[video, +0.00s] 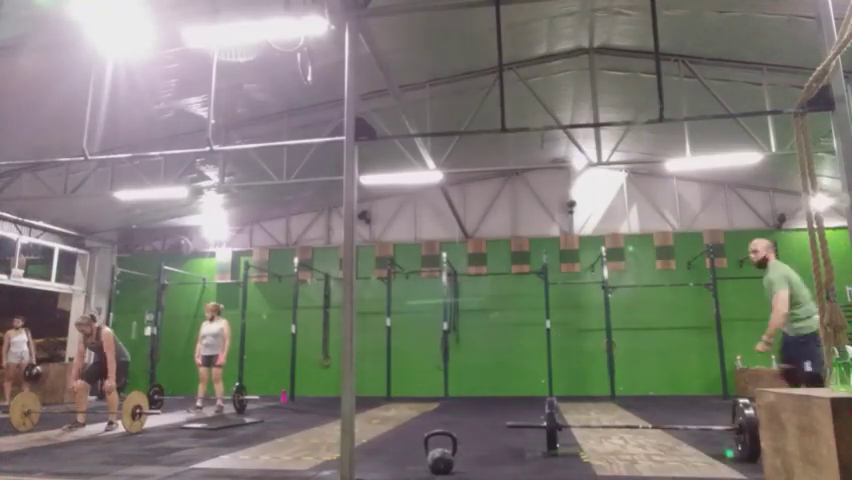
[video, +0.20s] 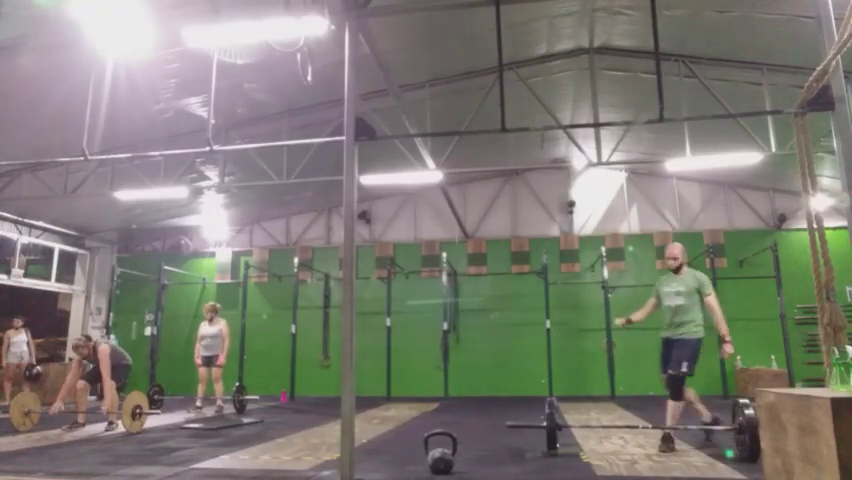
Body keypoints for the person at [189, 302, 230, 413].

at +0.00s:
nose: (207, 313)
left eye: (209, 311)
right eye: (206, 311)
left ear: (215, 312)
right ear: (206, 312)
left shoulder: (223, 323)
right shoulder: (204, 324)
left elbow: (227, 340)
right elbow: (200, 341)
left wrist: (223, 355)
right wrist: (197, 355)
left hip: (217, 353)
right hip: (204, 353)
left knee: (216, 378)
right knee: (202, 378)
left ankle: (219, 402)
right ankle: (199, 402)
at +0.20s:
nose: (206, 315)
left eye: (208, 313)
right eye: (205, 313)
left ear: (214, 313)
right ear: (204, 313)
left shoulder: (222, 323)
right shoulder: (203, 324)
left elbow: (226, 339)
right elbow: (198, 341)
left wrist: (223, 356)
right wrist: (196, 356)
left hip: (216, 354)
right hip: (203, 354)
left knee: (216, 378)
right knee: (202, 379)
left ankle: (219, 402)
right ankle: (199, 401)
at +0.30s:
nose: (202, 329)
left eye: (203, 326)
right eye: (200, 327)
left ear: (207, 324)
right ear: (198, 326)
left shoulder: (217, 330)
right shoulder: (197, 332)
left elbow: (223, 346)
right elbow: (193, 350)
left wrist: (223, 362)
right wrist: (191, 367)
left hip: (217, 356)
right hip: (204, 356)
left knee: (217, 377)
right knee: (200, 375)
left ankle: (220, 401)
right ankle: (199, 400)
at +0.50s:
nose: (196, 352)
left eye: (197, 349)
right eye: (194, 350)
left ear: (203, 348)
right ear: (192, 350)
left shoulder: (211, 352)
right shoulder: (192, 354)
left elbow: (216, 370)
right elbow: (187, 371)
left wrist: (216, 391)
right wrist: (180, 390)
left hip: (220, 364)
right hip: (204, 366)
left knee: (217, 378)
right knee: (193, 377)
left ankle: (219, 403)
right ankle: (197, 404)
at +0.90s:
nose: (192, 344)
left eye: (194, 342)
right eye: (191, 342)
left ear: (200, 342)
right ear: (190, 342)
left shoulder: (210, 349)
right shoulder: (191, 351)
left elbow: (218, 366)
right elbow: (187, 366)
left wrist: (218, 383)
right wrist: (184, 383)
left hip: (217, 362)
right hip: (201, 364)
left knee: (217, 383)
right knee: (194, 379)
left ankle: (219, 404)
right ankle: (197, 404)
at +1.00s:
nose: (195, 328)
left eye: (198, 325)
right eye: (194, 325)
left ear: (204, 326)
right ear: (193, 326)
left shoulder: (212, 336)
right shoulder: (194, 337)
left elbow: (223, 352)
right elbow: (189, 353)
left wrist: (220, 367)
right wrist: (185, 368)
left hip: (217, 356)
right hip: (203, 356)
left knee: (218, 376)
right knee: (198, 375)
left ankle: (219, 403)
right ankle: (198, 403)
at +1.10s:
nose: (203, 312)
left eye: (206, 310)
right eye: (202, 310)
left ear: (212, 311)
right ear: (201, 312)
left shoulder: (218, 324)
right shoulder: (200, 325)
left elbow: (225, 338)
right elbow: (192, 340)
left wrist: (223, 354)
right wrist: (189, 354)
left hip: (215, 355)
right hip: (201, 355)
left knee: (215, 379)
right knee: (200, 379)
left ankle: (219, 402)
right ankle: (198, 403)